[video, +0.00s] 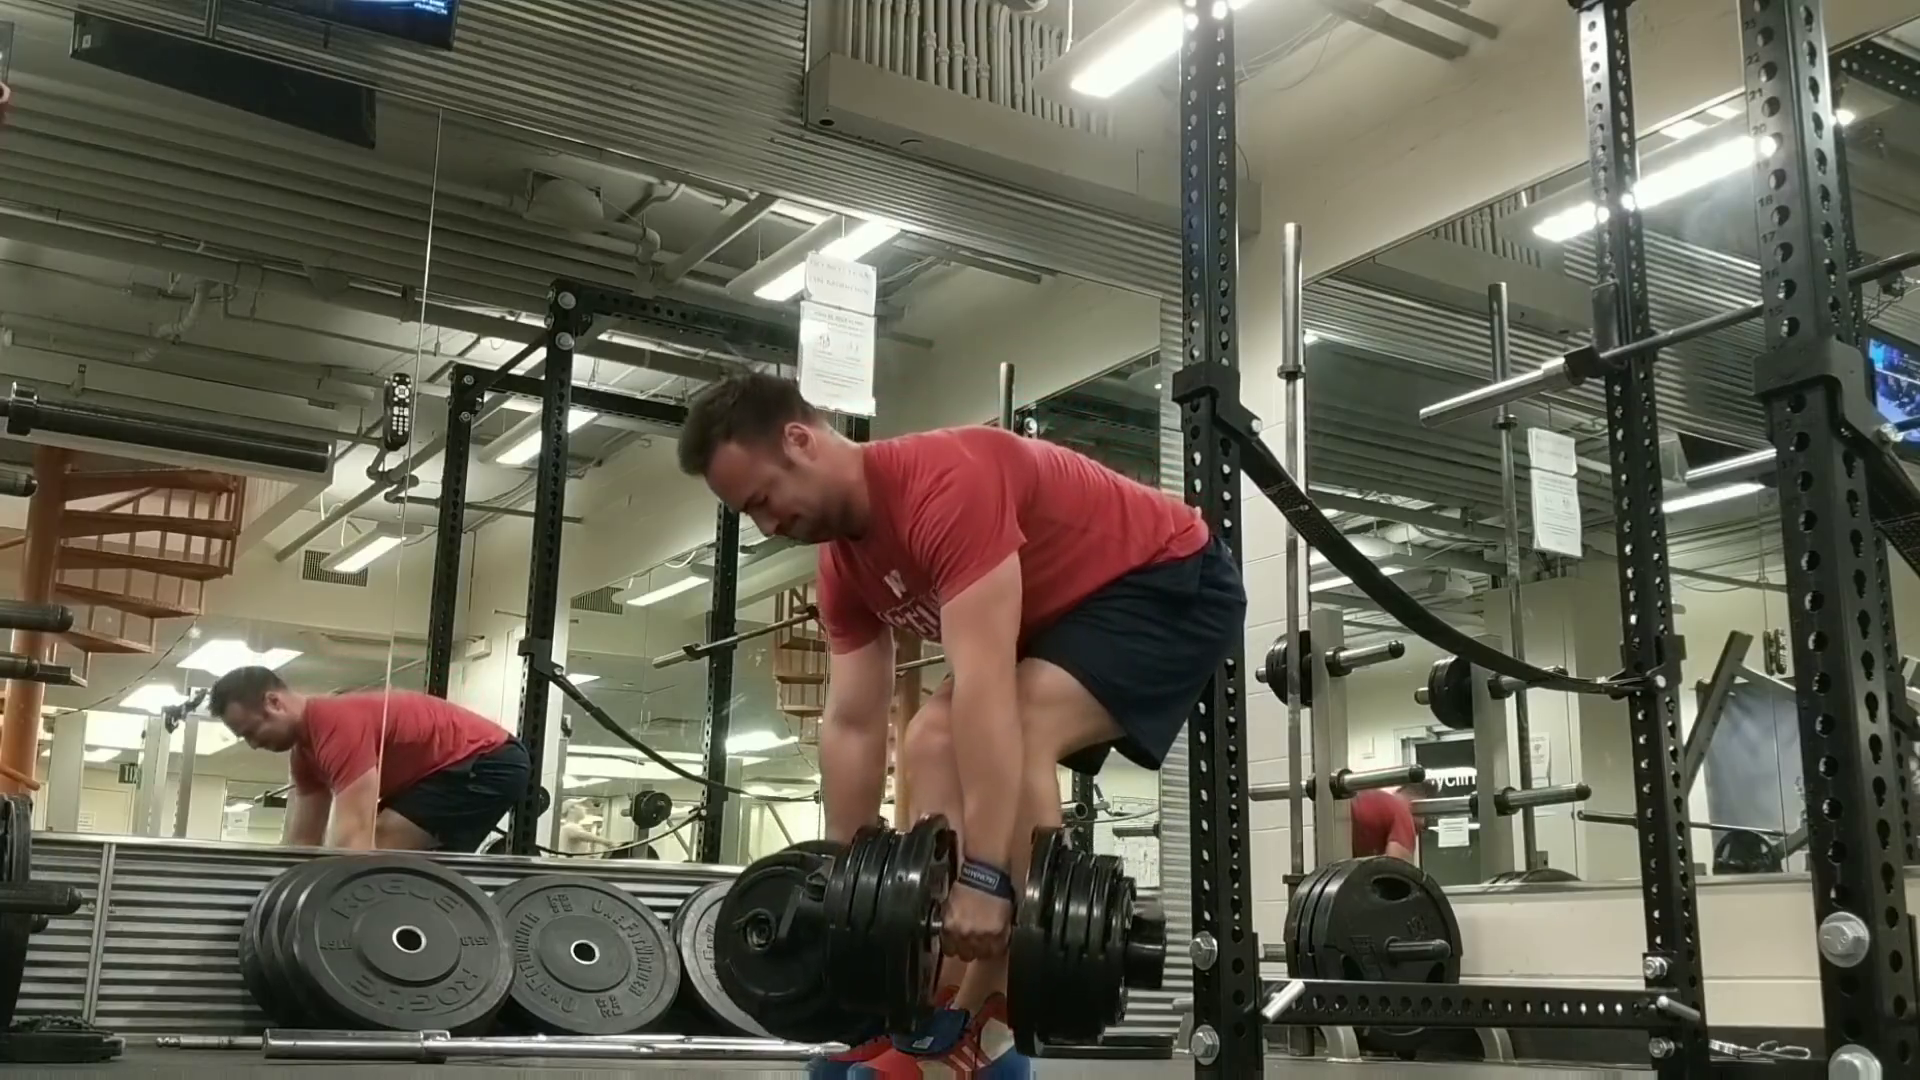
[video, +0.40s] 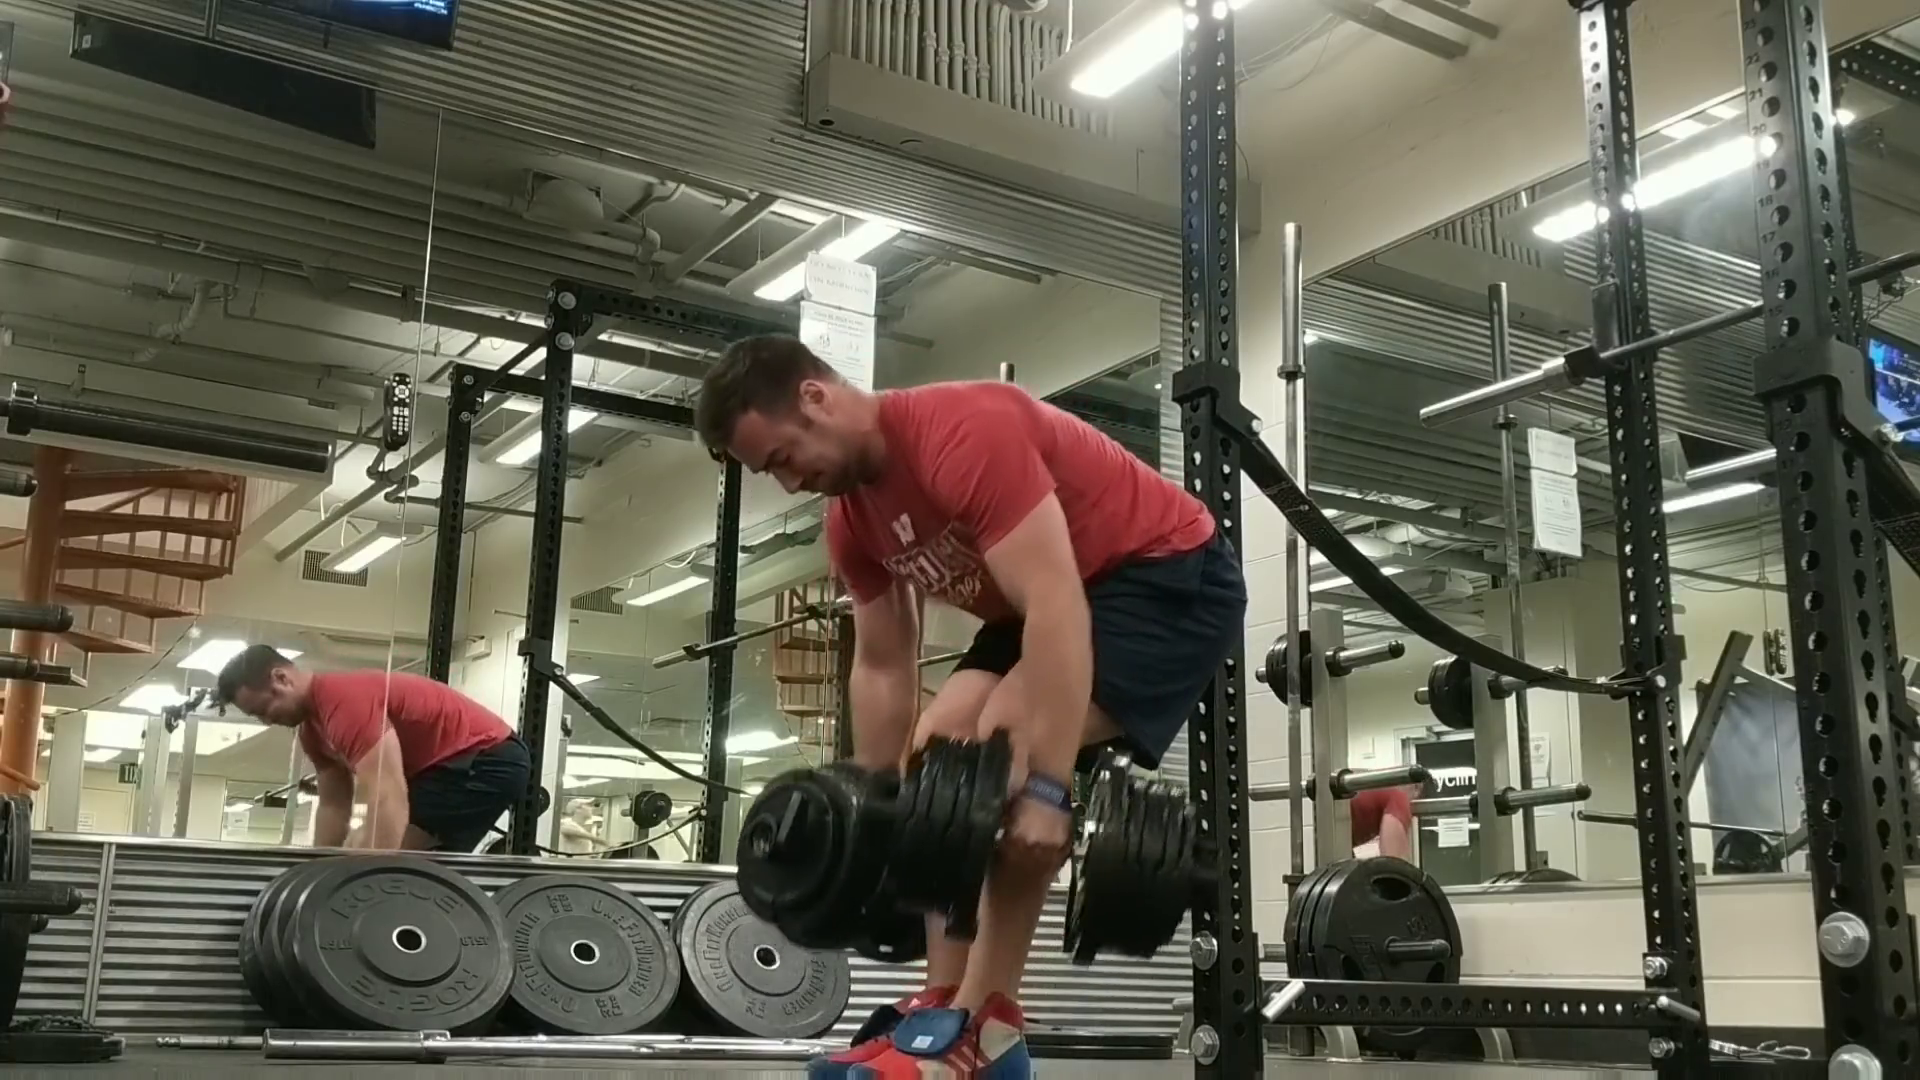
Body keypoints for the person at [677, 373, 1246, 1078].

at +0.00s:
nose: (764, 525)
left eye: (762, 499)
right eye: (748, 515)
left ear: (803, 439)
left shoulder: (952, 483)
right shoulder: (845, 566)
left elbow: (985, 687)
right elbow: (854, 723)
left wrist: (985, 879)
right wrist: (845, 884)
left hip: (1167, 580)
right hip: (1061, 615)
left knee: (1015, 726)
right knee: (933, 737)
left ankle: (991, 1029)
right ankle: (935, 1018)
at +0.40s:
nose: (789, 483)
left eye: (784, 456)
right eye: (772, 473)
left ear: (820, 396)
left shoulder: (967, 432)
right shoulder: (853, 523)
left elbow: (1054, 601)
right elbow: (881, 664)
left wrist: (1048, 785)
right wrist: (872, 817)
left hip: (1167, 576)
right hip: (1047, 601)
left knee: (1012, 741)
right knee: (937, 738)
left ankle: (992, 1017)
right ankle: (944, 995)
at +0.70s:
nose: (840, 445)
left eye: (829, 425)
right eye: (822, 440)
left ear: (846, 357)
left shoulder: (996, 359)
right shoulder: (875, 456)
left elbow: (1129, 488)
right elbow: (937, 570)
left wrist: (1120, 653)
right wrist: (914, 703)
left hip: (1162, 564)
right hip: (1053, 588)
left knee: (1023, 738)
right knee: (953, 732)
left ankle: (992, 1015)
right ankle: (943, 1000)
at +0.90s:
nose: (859, 452)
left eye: (846, 435)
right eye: (842, 449)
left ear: (853, 368)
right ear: (851, 372)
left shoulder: (1001, 355)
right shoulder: (884, 449)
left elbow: (1159, 453)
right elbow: (957, 547)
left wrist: (1156, 613)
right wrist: (937, 665)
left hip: (1163, 560)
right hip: (1053, 588)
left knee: (1023, 729)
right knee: (959, 732)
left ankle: (991, 1016)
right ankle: (943, 1004)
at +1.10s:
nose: (849, 466)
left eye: (837, 448)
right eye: (831, 462)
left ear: (846, 380)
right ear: (845, 383)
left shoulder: (995, 373)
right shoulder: (878, 463)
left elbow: (1149, 479)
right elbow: (942, 566)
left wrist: (1151, 646)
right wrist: (926, 694)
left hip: (1156, 562)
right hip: (1047, 587)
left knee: (1027, 736)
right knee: (956, 731)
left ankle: (992, 1018)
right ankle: (945, 1000)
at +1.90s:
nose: (766, 525)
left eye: (764, 500)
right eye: (750, 513)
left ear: (806, 439)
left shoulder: (951, 485)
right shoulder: (840, 563)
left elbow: (981, 689)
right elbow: (849, 721)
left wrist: (977, 879)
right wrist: (848, 889)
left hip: (1168, 576)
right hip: (1062, 613)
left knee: (1020, 722)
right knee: (935, 741)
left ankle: (984, 1028)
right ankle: (929, 1015)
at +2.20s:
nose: (786, 487)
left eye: (781, 462)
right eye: (769, 476)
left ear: (818, 401)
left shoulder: (965, 441)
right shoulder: (850, 520)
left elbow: (1032, 614)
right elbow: (873, 675)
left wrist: (1026, 806)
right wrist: (852, 833)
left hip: (1168, 576)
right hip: (1061, 601)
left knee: (1013, 730)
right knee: (937, 737)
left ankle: (990, 1020)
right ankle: (946, 997)